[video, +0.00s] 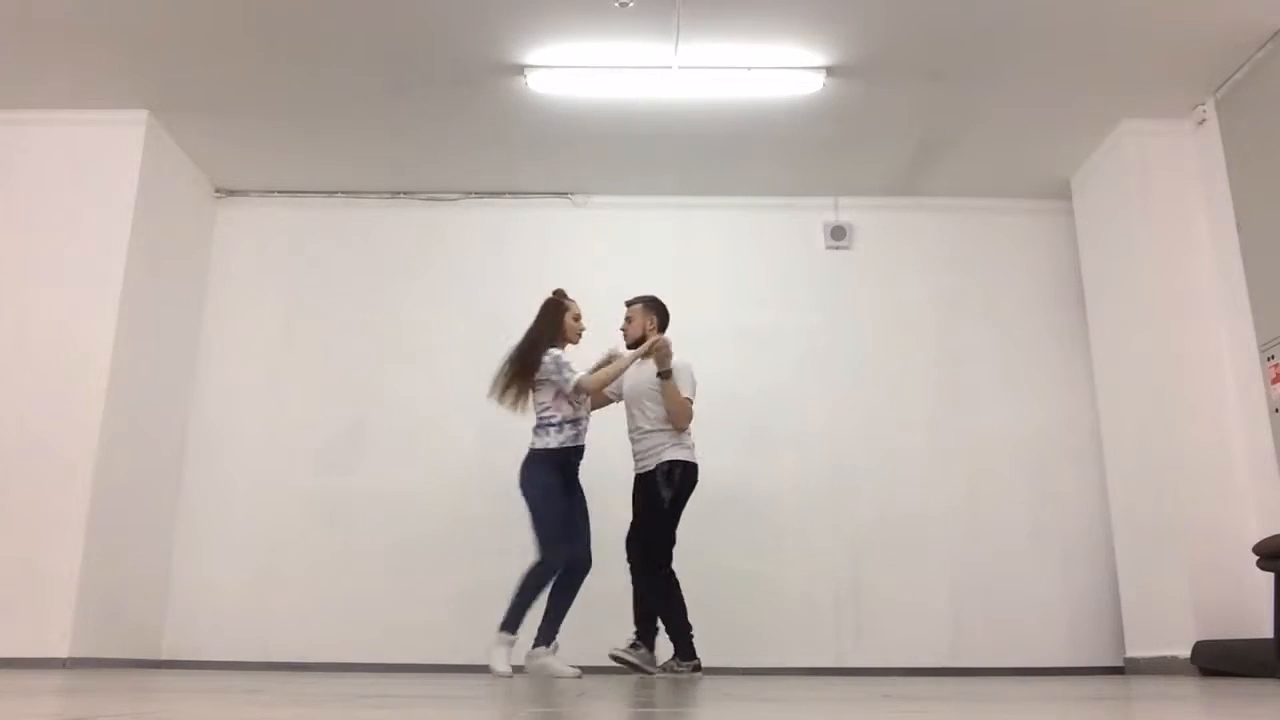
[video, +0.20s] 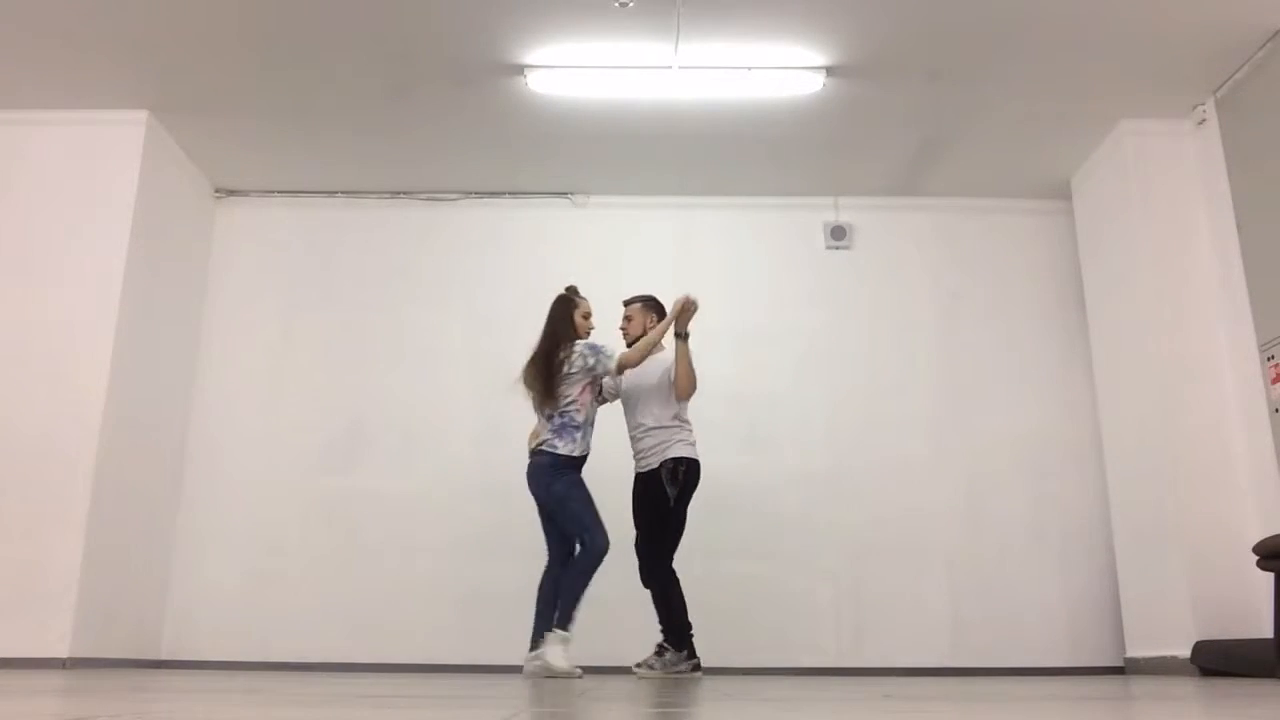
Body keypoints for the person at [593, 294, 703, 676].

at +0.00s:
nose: (622, 327)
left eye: (629, 320)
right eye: (624, 321)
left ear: (652, 323)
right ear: (644, 325)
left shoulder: (677, 367)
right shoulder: (629, 372)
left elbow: (681, 420)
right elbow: (587, 402)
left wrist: (664, 370)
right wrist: (600, 367)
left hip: (675, 465)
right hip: (646, 471)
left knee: (640, 547)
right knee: (654, 560)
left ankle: (644, 644)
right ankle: (686, 655)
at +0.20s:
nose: (622, 326)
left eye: (629, 319)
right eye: (622, 320)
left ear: (653, 321)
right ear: (632, 325)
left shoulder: (671, 359)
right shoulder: (623, 372)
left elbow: (685, 392)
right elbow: (588, 396)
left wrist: (682, 337)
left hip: (677, 462)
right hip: (645, 469)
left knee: (657, 561)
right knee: (650, 567)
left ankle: (681, 649)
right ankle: (676, 647)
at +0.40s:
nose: (625, 312)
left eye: (633, 305)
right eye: (625, 308)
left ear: (657, 314)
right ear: (634, 322)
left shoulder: (675, 357)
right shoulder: (625, 375)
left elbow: (683, 337)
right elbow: (592, 412)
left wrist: (668, 286)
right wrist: (551, 425)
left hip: (680, 465)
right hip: (647, 471)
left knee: (668, 568)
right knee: (648, 572)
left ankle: (688, 656)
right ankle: (681, 653)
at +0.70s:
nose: (635, 315)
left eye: (643, 308)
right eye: (634, 309)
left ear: (666, 311)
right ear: (644, 318)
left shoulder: (678, 344)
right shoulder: (655, 370)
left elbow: (643, 298)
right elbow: (651, 436)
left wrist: (602, 251)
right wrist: (597, 442)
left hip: (688, 462)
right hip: (662, 467)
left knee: (668, 561)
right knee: (608, 529)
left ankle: (689, 656)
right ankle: (649, 615)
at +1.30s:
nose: (646, 306)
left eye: (654, 300)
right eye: (643, 302)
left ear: (673, 305)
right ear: (643, 313)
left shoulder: (682, 342)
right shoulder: (651, 364)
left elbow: (671, 283)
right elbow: (638, 423)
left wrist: (645, 232)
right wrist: (594, 413)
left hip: (685, 458)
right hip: (663, 462)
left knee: (660, 553)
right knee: (676, 556)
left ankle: (681, 649)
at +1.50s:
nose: (639, 306)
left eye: (647, 300)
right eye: (638, 301)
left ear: (668, 308)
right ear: (638, 313)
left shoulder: (677, 343)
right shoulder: (641, 368)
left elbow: (649, 286)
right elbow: (618, 422)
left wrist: (608, 241)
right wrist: (592, 390)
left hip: (680, 458)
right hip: (656, 463)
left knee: (658, 558)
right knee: (663, 560)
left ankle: (664, 654)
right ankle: (721, 643)